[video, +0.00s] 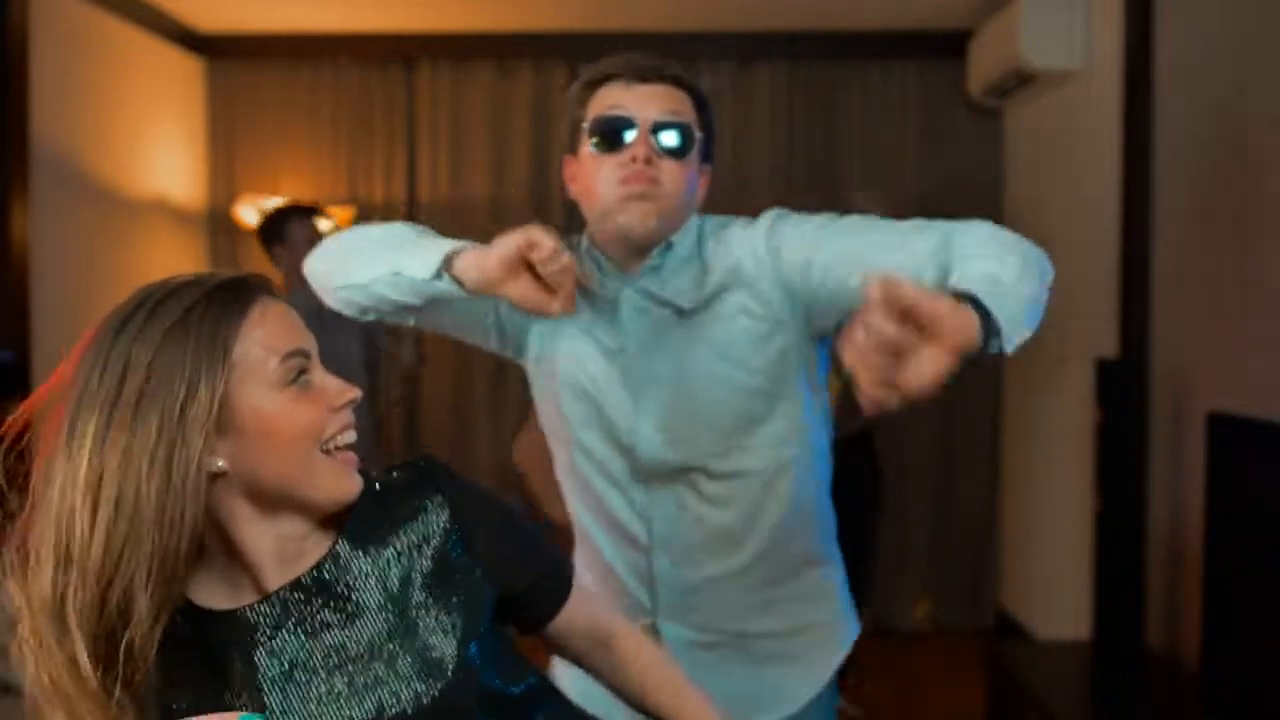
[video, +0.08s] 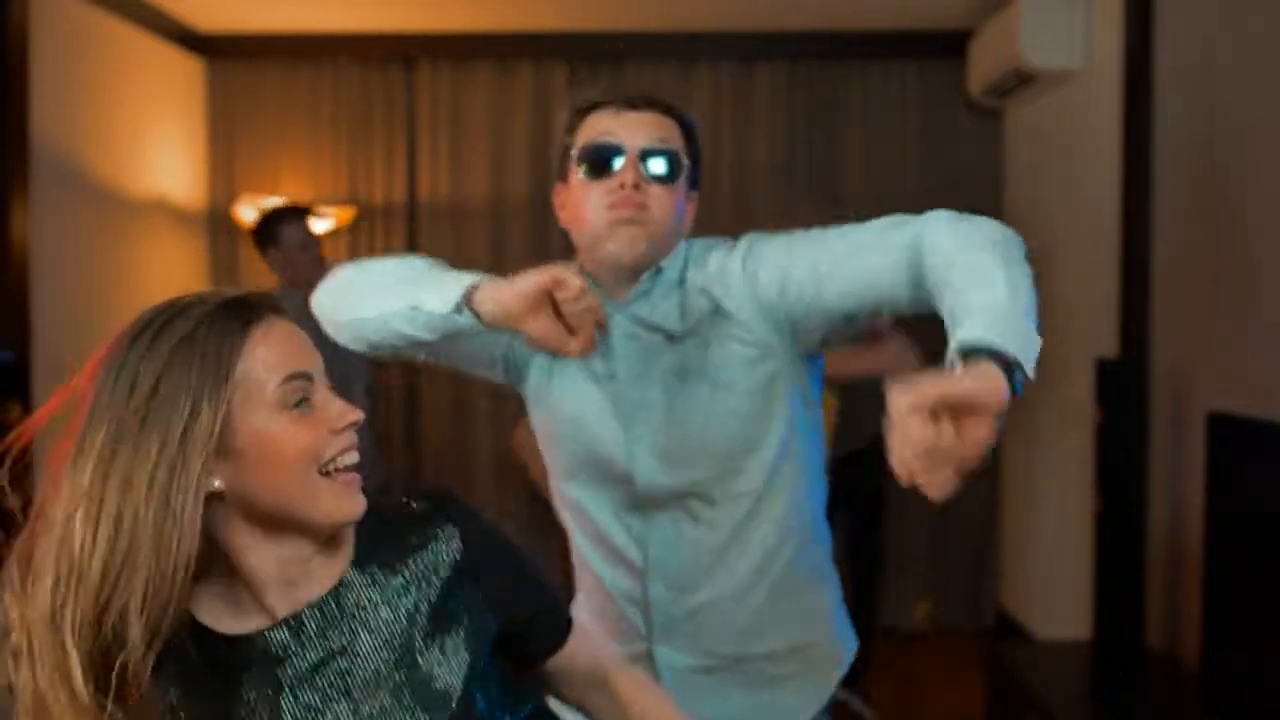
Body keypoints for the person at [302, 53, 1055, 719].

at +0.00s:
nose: (642, 154)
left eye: (671, 139)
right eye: (613, 135)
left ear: (703, 182)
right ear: (573, 178)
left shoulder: (773, 260)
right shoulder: (535, 294)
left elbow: (1005, 255)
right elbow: (330, 266)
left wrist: (963, 316)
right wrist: (464, 267)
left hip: (782, 680)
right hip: (614, 677)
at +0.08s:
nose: (630, 180)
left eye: (658, 165)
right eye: (601, 162)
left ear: (691, 210)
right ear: (563, 206)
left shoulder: (751, 285)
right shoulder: (530, 324)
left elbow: (964, 241)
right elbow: (336, 301)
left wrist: (986, 364)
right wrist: (481, 301)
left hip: (779, 688)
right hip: (617, 687)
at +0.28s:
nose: (625, 257)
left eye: (653, 243)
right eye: (597, 242)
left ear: (686, 283)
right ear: (561, 285)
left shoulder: (749, 363)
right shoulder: (530, 411)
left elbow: (921, 340)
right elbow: (345, 401)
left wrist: (992, 435)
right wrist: (496, 392)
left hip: (765, 704)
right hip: (607, 710)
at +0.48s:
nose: (648, 225)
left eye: (676, 210)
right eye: (620, 210)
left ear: (709, 254)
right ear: (586, 255)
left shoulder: (774, 350)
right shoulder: (532, 360)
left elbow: (985, 401)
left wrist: (898, 363)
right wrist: (431, 333)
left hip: (766, 698)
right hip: (596, 700)